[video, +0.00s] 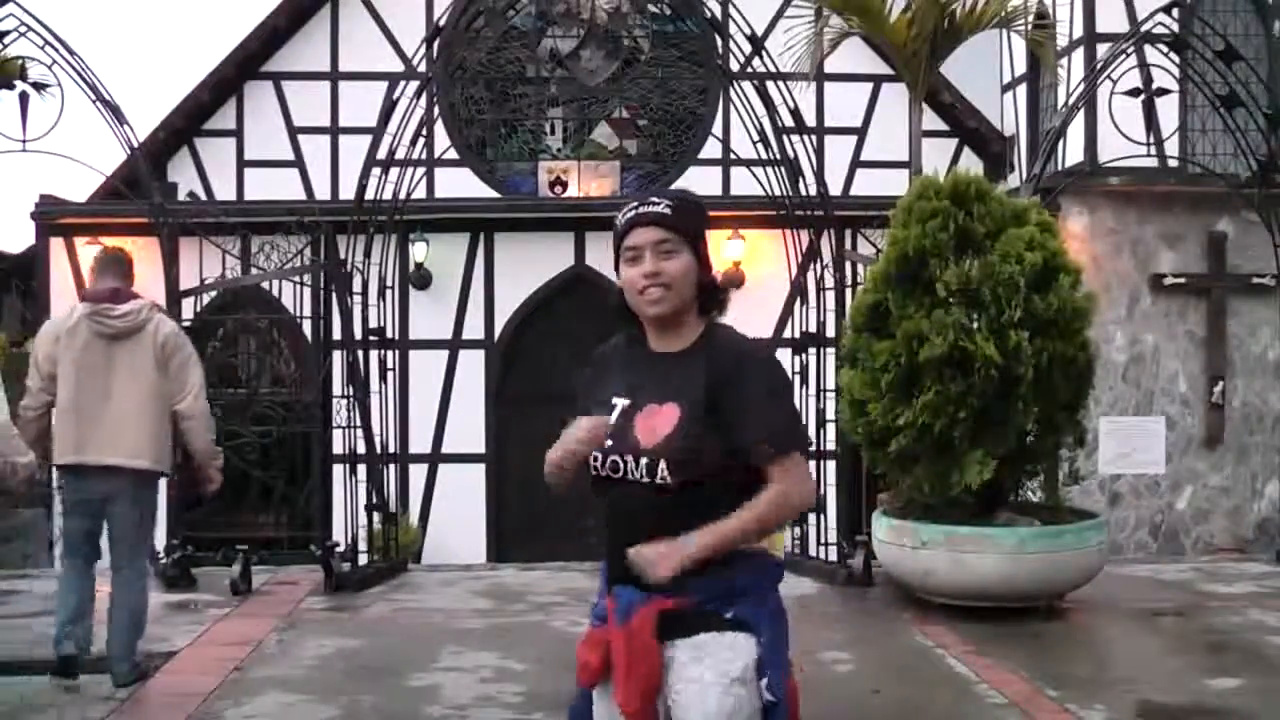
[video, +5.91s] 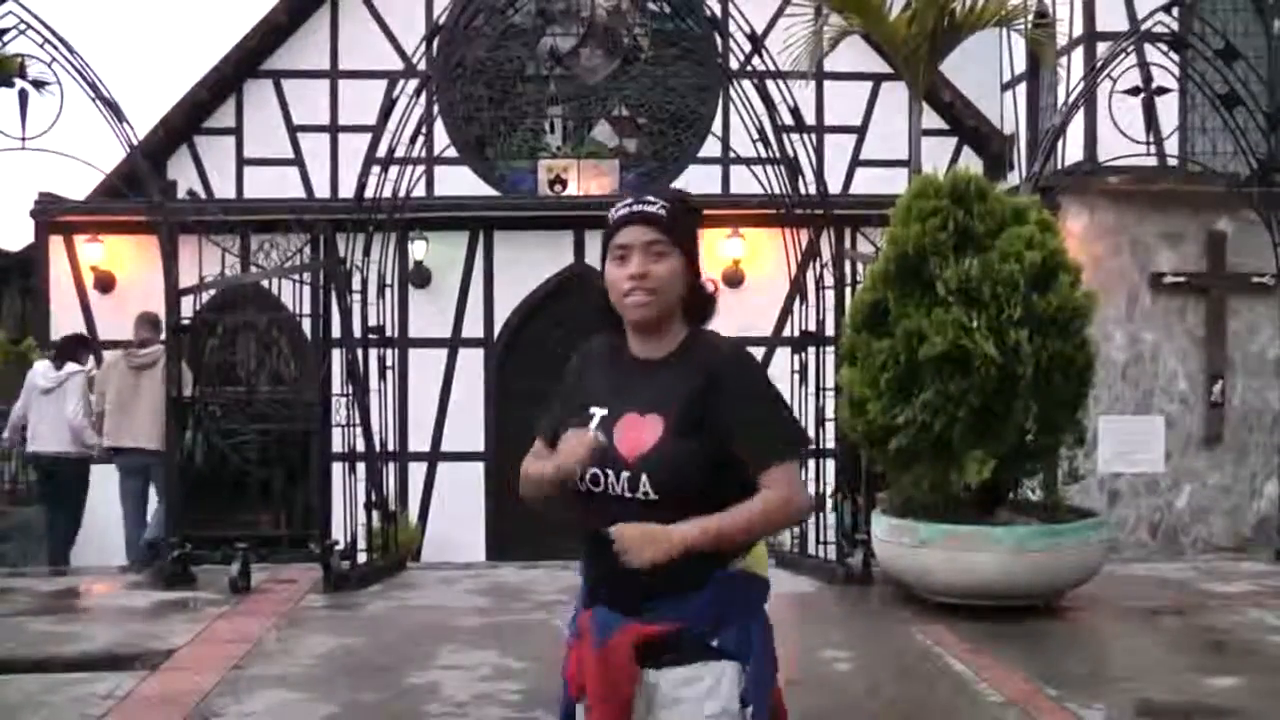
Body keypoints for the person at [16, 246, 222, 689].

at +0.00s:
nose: (102, 288)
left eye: (98, 280)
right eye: (120, 283)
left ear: (91, 281)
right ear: (133, 283)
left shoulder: (59, 331)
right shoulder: (164, 332)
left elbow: (31, 409)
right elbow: (192, 406)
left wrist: (49, 451)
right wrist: (209, 464)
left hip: (78, 466)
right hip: (137, 467)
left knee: (76, 559)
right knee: (131, 566)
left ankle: (68, 648)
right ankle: (122, 667)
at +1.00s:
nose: (97, 295)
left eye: (97, 289)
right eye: (99, 290)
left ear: (100, 289)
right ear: (136, 287)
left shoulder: (75, 336)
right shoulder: (164, 335)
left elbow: (60, 397)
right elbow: (186, 405)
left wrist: (66, 443)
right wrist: (197, 455)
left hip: (92, 456)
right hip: (147, 455)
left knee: (106, 546)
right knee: (162, 538)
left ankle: (117, 633)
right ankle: (175, 621)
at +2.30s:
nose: (99, 304)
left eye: (96, 298)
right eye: (105, 297)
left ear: (91, 297)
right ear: (122, 296)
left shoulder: (71, 340)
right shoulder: (149, 342)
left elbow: (51, 393)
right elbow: (165, 399)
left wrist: (38, 433)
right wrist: (166, 444)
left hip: (83, 448)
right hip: (127, 448)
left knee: (84, 525)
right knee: (132, 518)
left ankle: (90, 597)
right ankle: (142, 578)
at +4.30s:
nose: (104, 315)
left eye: (97, 310)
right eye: (105, 310)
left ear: (80, 310)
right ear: (107, 310)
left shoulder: (57, 343)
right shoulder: (126, 345)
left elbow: (48, 387)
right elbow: (139, 397)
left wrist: (57, 419)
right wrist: (143, 438)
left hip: (72, 430)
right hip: (109, 431)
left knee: (79, 500)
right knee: (118, 487)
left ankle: (82, 571)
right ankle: (105, 548)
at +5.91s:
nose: (139, 337)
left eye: (138, 332)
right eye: (145, 333)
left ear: (135, 332)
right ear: (160, 333)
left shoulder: (113, 362)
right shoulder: (170, 362)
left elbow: (99, 402)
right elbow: (186, 393)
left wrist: (102, 433)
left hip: (123, 441)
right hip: (158, 443)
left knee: (132, 508)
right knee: (167, 499)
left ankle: (135, 559)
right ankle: (151, 543)